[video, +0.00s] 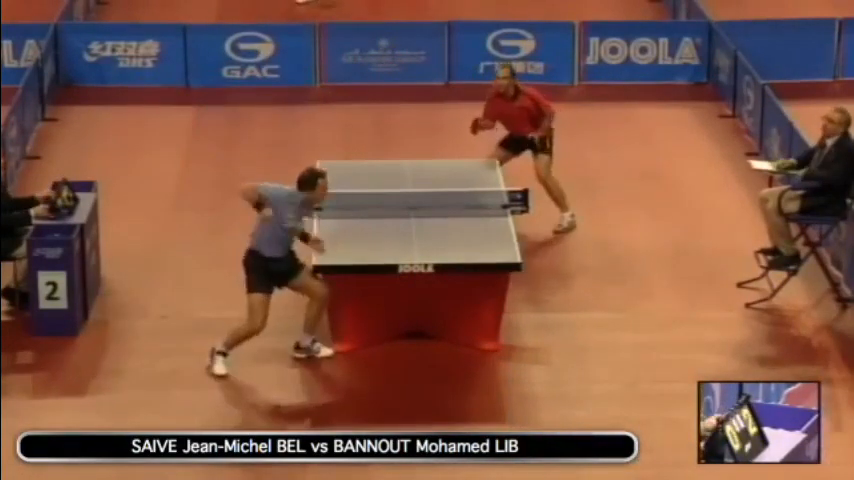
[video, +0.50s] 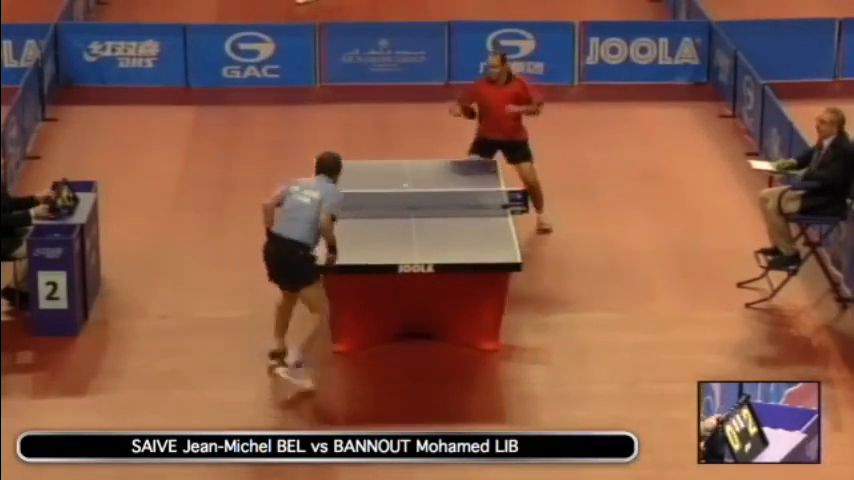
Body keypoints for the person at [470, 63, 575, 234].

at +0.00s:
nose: (500, 83)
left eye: (504, 79)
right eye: (498, 79)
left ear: (513, 81)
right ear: (495, 81)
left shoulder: (529, 95)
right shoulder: (494, 100)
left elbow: (550, 112)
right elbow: (490, 122)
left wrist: (542, 131)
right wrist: (479, 125)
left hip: (539, 135)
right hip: (517, 135)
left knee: (543, 175)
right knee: (490, 165)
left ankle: (567, 214)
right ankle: (490, 211)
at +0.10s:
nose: (498, 76)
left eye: (502, 72)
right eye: (497, 72)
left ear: (511, 74)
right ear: (495, 74)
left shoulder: (528, 92)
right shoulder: (495, 95)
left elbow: (549, 110)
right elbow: (487, 115)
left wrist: (537, 117)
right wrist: (474, 119)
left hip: (536, 136)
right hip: (513, 136)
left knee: (542, 175)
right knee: (489, 166)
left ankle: (567, 215)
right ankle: (490, 211)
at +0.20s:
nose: (496, 71)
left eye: (500, 67)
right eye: (495, 67)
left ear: (509, 69)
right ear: (493, 69)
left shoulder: (526, 87)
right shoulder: (493, 90)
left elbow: (548, 104)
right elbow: (483, 107)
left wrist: (533, 110)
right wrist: (470, 113)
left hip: (532, 134)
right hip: (508, 132)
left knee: (539, 173)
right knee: (484, 162)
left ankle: (565, 213)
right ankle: (488, 208)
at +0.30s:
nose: (494, 68)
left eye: (497, 64)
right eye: (492, 64)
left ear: (507, 65)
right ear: (491, 66)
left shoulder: (524, 84)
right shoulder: (486, 86)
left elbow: (545, 103)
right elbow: (476, 104)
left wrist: (535, 115)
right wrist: (466, 111)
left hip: (523, 134)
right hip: (499, 135)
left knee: (538, 178)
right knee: (480, 171)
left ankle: (549, 214)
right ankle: (482, 211)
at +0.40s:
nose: (494, 68)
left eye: (498, 64)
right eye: (493, 64)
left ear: (508, 65)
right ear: (490, 66)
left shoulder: (524, 84)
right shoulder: (485, 86)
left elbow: (546, 102)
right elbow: (470, 102)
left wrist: (539, 114)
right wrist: (467, 116)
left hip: (521, 138)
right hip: (494, 138)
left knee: (535, 179)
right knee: (476, 173)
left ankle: (541, 216)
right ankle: (476, 214)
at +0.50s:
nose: (491, 71)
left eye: (495, 67)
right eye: (490, 67)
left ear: (505, 67)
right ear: (488, 67)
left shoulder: (518, 85)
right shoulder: (480, 86)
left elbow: (535, 108)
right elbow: (469, 110)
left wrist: (519, 109)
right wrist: (462, 110)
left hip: (514, 139)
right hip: (486, 138)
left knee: (530, 179)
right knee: (472, 175)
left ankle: (540, 217)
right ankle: (471, 218)